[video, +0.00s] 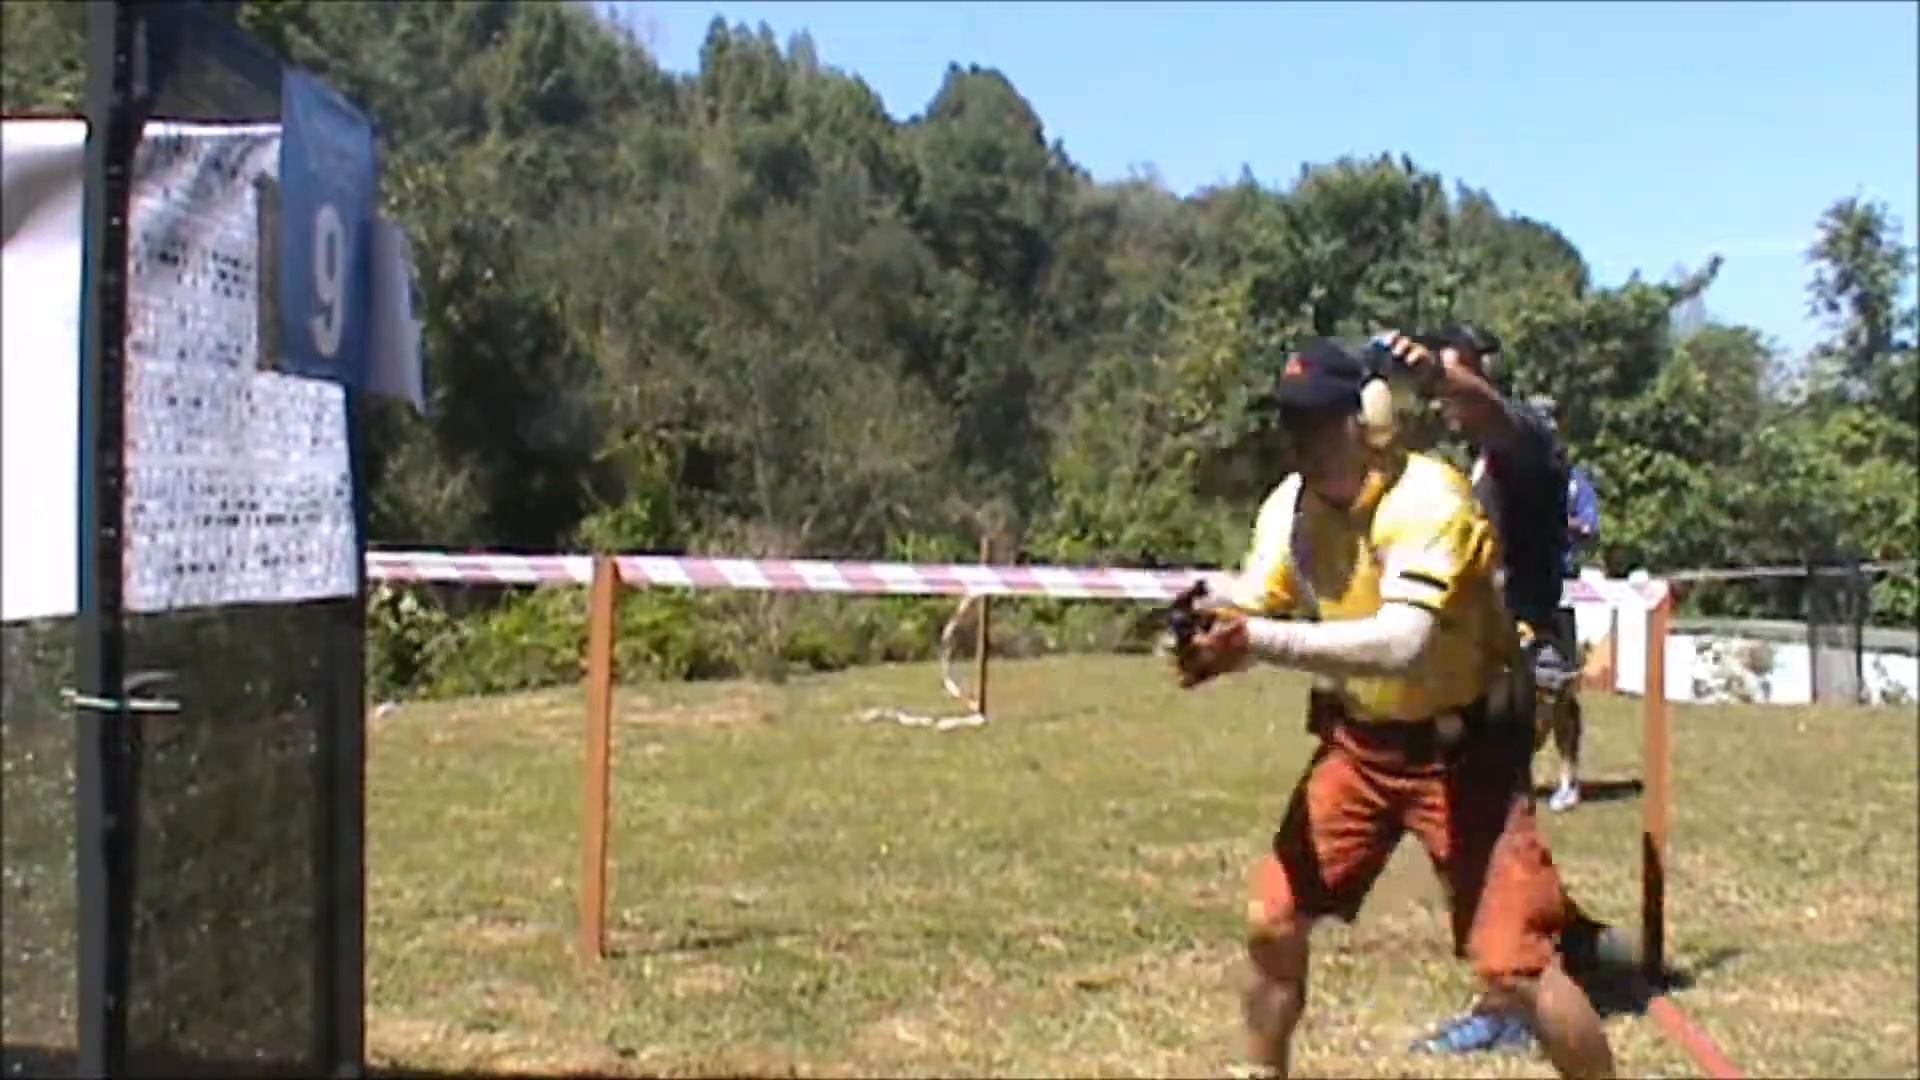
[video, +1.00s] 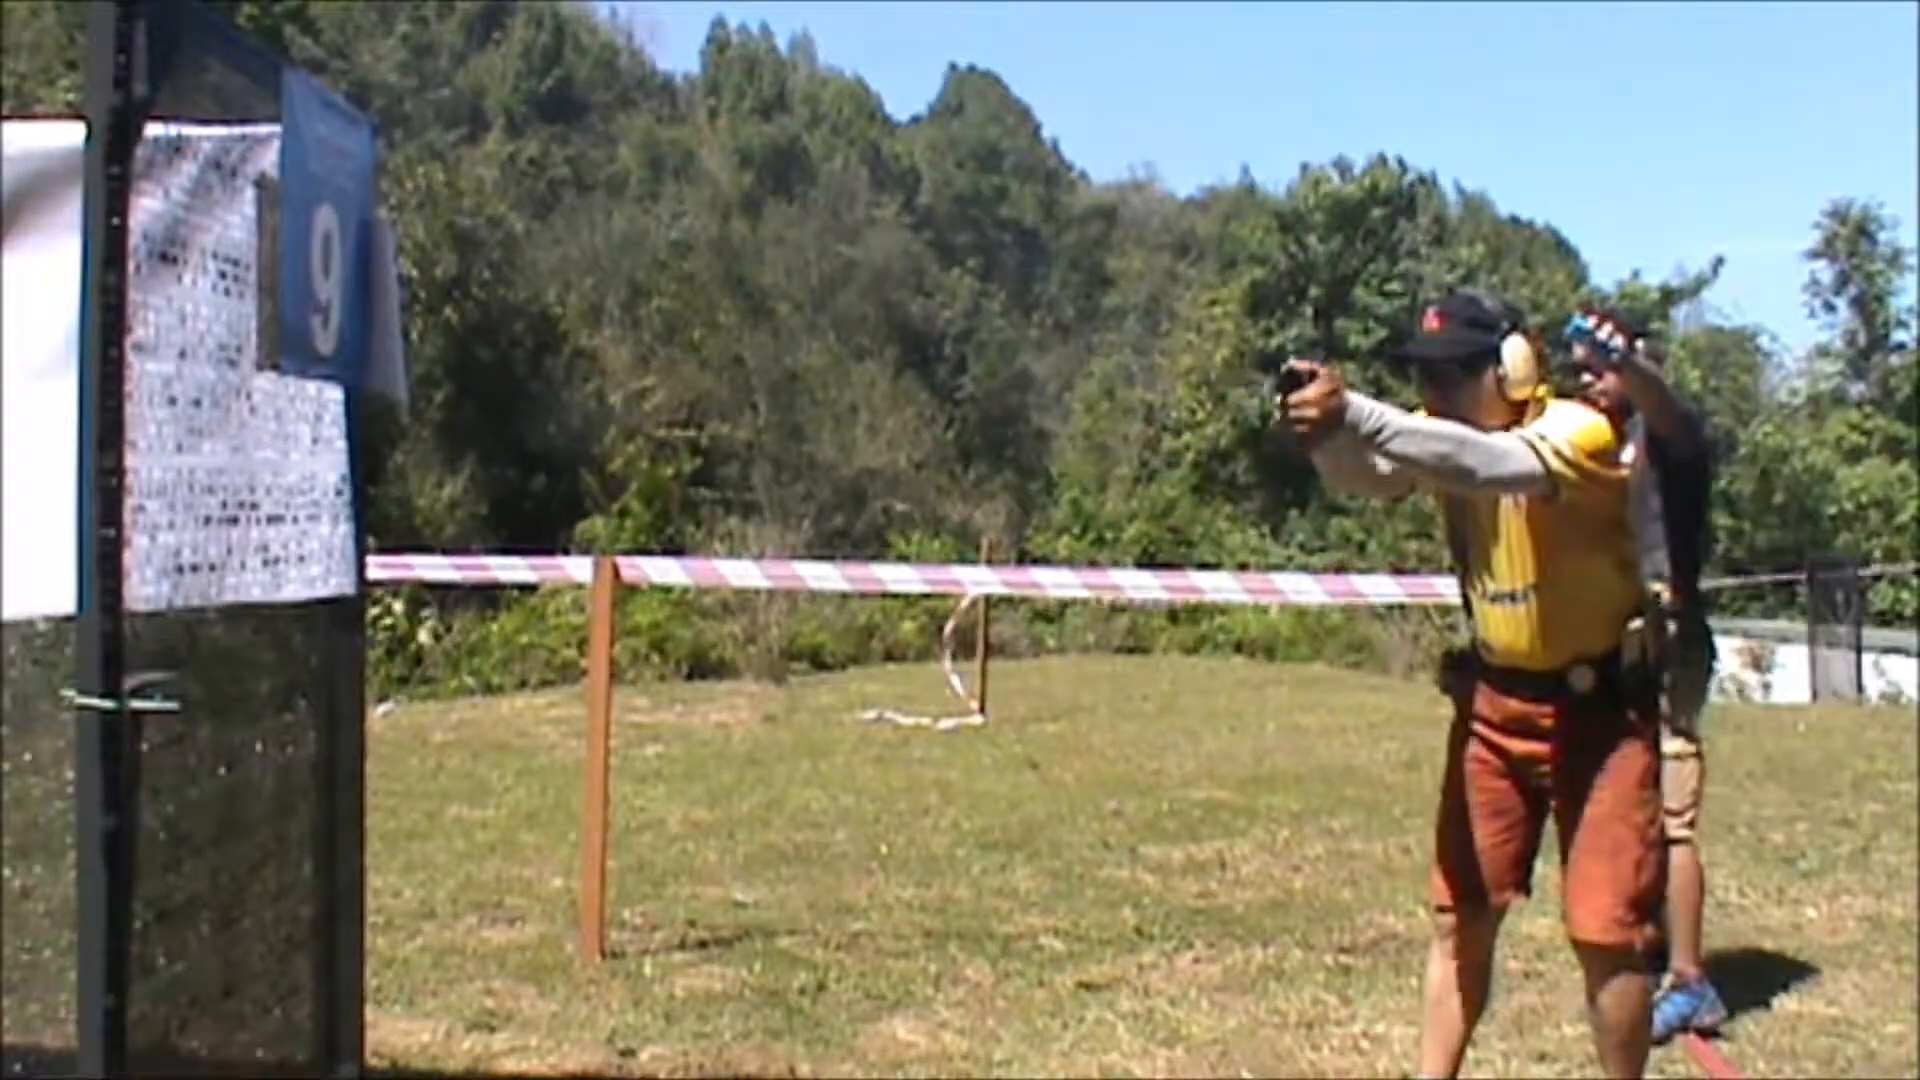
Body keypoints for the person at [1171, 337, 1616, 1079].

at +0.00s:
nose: (1299, 442)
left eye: (1315, 424)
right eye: (1291, 425)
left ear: (1364, 424)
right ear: (1286, 430)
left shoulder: (1431, 500)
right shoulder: (1289, 504)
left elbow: (1399, 641)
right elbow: (1257, 609)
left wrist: (1255, 640)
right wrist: (1212, 631)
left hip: (1464, 757)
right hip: (1356, 751)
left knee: (1517, 964)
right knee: (1274, 922)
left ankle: (1598, 1073)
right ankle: (1265, 1069)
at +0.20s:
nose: (1392, 405)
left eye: (1409, 385)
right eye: (1384, 386)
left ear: (1461, 381)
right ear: (1379, 386)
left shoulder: (1531, 445)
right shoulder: (1393, 443)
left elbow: (1426, 520)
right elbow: (1324, 515)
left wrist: (1283, 480)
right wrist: (1256, 492)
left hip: (1554, 719)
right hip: (1447, 711)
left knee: (1571, 935)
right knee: (1379, 897)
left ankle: (1617, 1074)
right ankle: (1377, 1064)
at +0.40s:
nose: (1418, 398)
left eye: (1433, 379)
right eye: (1413, 382)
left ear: (1492, 370)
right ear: (1419, 380)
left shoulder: (1568, 429)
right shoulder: (1453, 439)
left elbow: (1460, 471)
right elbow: (1372, 471)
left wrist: (1323, 426)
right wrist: (1302, 439)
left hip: (1599, 699)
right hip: (1490, 693)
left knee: (1609, 925)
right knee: (1462, 898)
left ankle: (1625, 1073)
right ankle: (1423, 1066)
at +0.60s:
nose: (1436, 399)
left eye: (1451, 380)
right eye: (1429, 383)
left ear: (1506, 372)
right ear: (1431, 381)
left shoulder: (1582, 431)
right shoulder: (1456, 444)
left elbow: (1487, 466)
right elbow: (1380, 473)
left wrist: (1355, 422)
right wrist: (1325, 438)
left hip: (1608, 708)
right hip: (1500, 704)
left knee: (1610, 928)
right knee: (1466, 908)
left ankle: (1625, 1073)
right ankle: (1431, 1071)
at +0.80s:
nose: (1435, 396)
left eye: (1451, 376)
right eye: (1430, 377)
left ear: (1507, 372)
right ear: (1431, 375)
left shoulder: (1584, 434)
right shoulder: (1452, 442)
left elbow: (1493, 468)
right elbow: (1376, 470)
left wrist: (1357, 419)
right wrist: (1325, 436)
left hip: (1607, 711)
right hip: (1499, 706)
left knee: (1608, 927)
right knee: (1462, 911)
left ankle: (1625, 1072)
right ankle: (1434, 1071)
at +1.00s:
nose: (1433, 395)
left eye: (1448, 376)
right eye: (1427, 378)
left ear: (1504, 371)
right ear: (1432, 374)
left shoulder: (1582, 430)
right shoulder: (1453, 446)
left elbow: (1496, 463)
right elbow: (1370, 473)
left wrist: (1355, 412)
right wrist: (1319, 430)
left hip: (1602, 712)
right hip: (1496, 708)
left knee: (1607, 932)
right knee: (1463, 911)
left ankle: (1623, 1073)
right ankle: (1435, 1071)